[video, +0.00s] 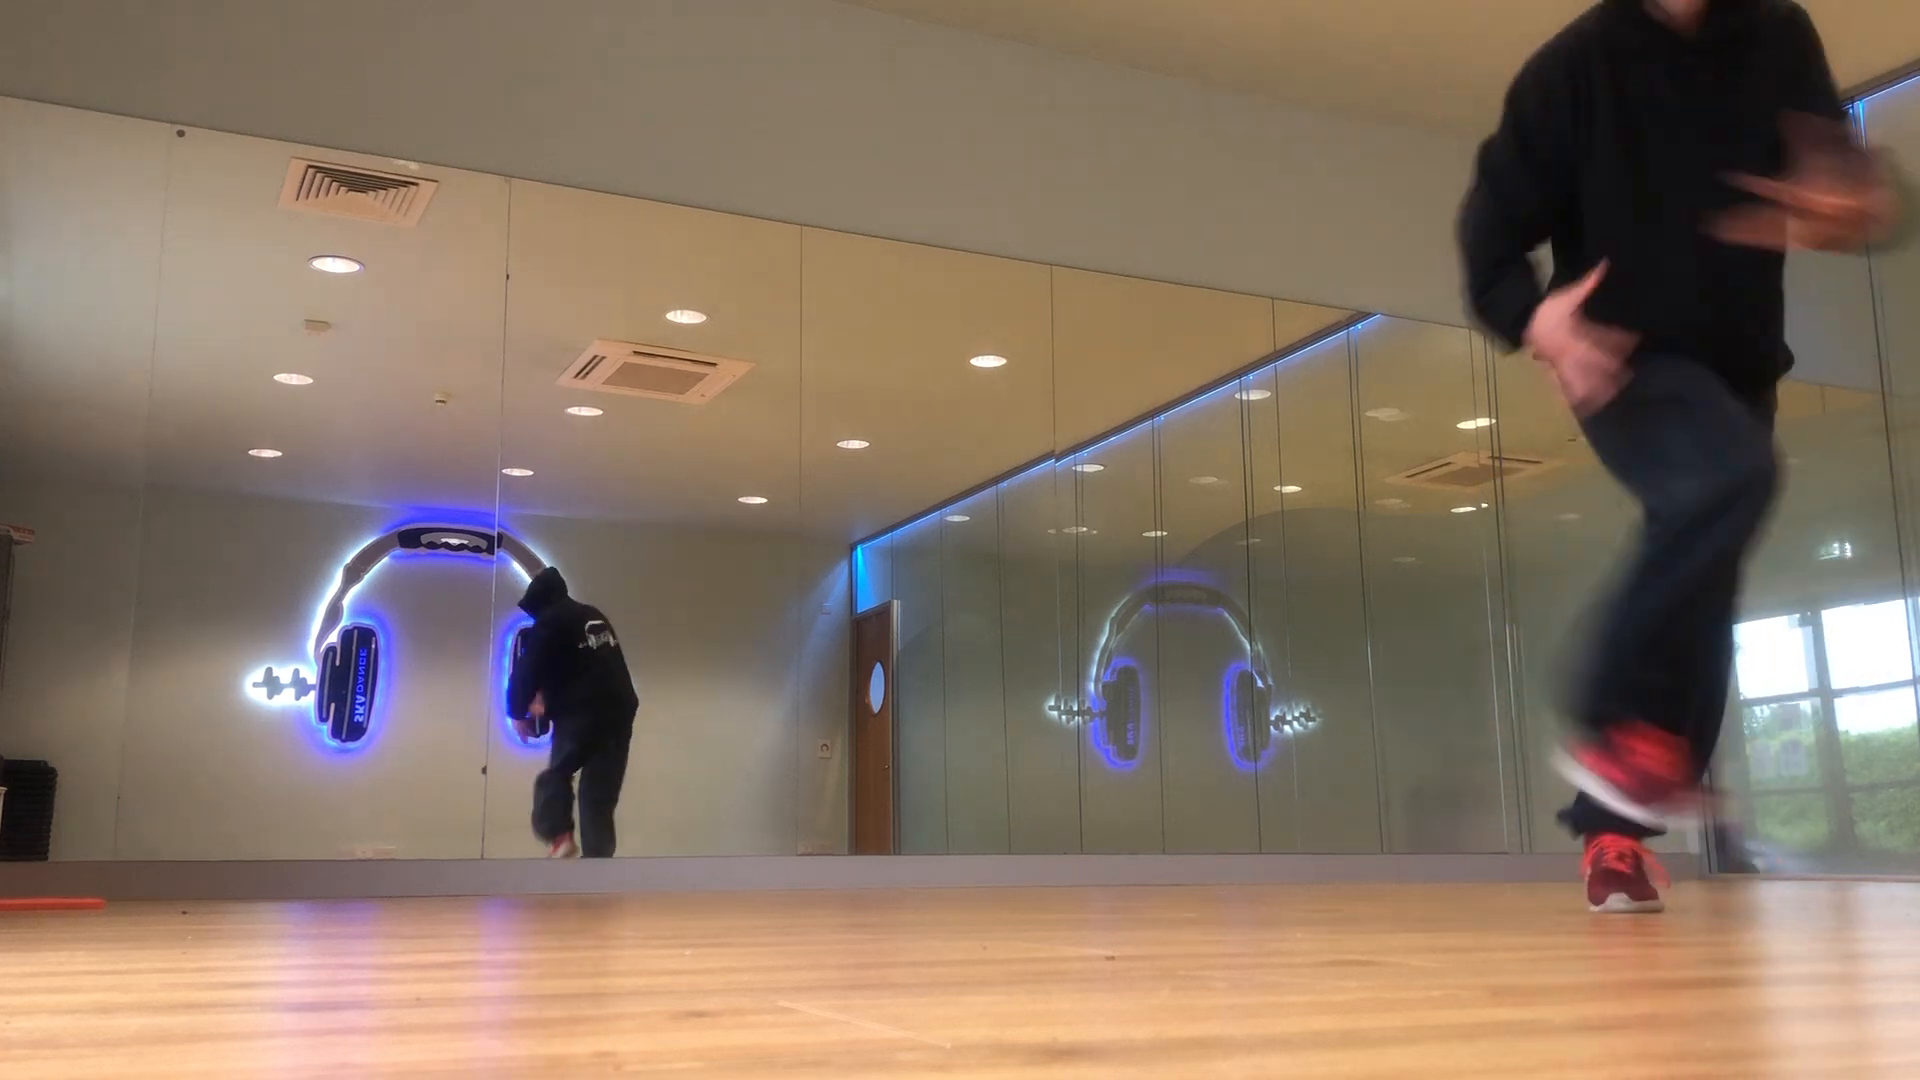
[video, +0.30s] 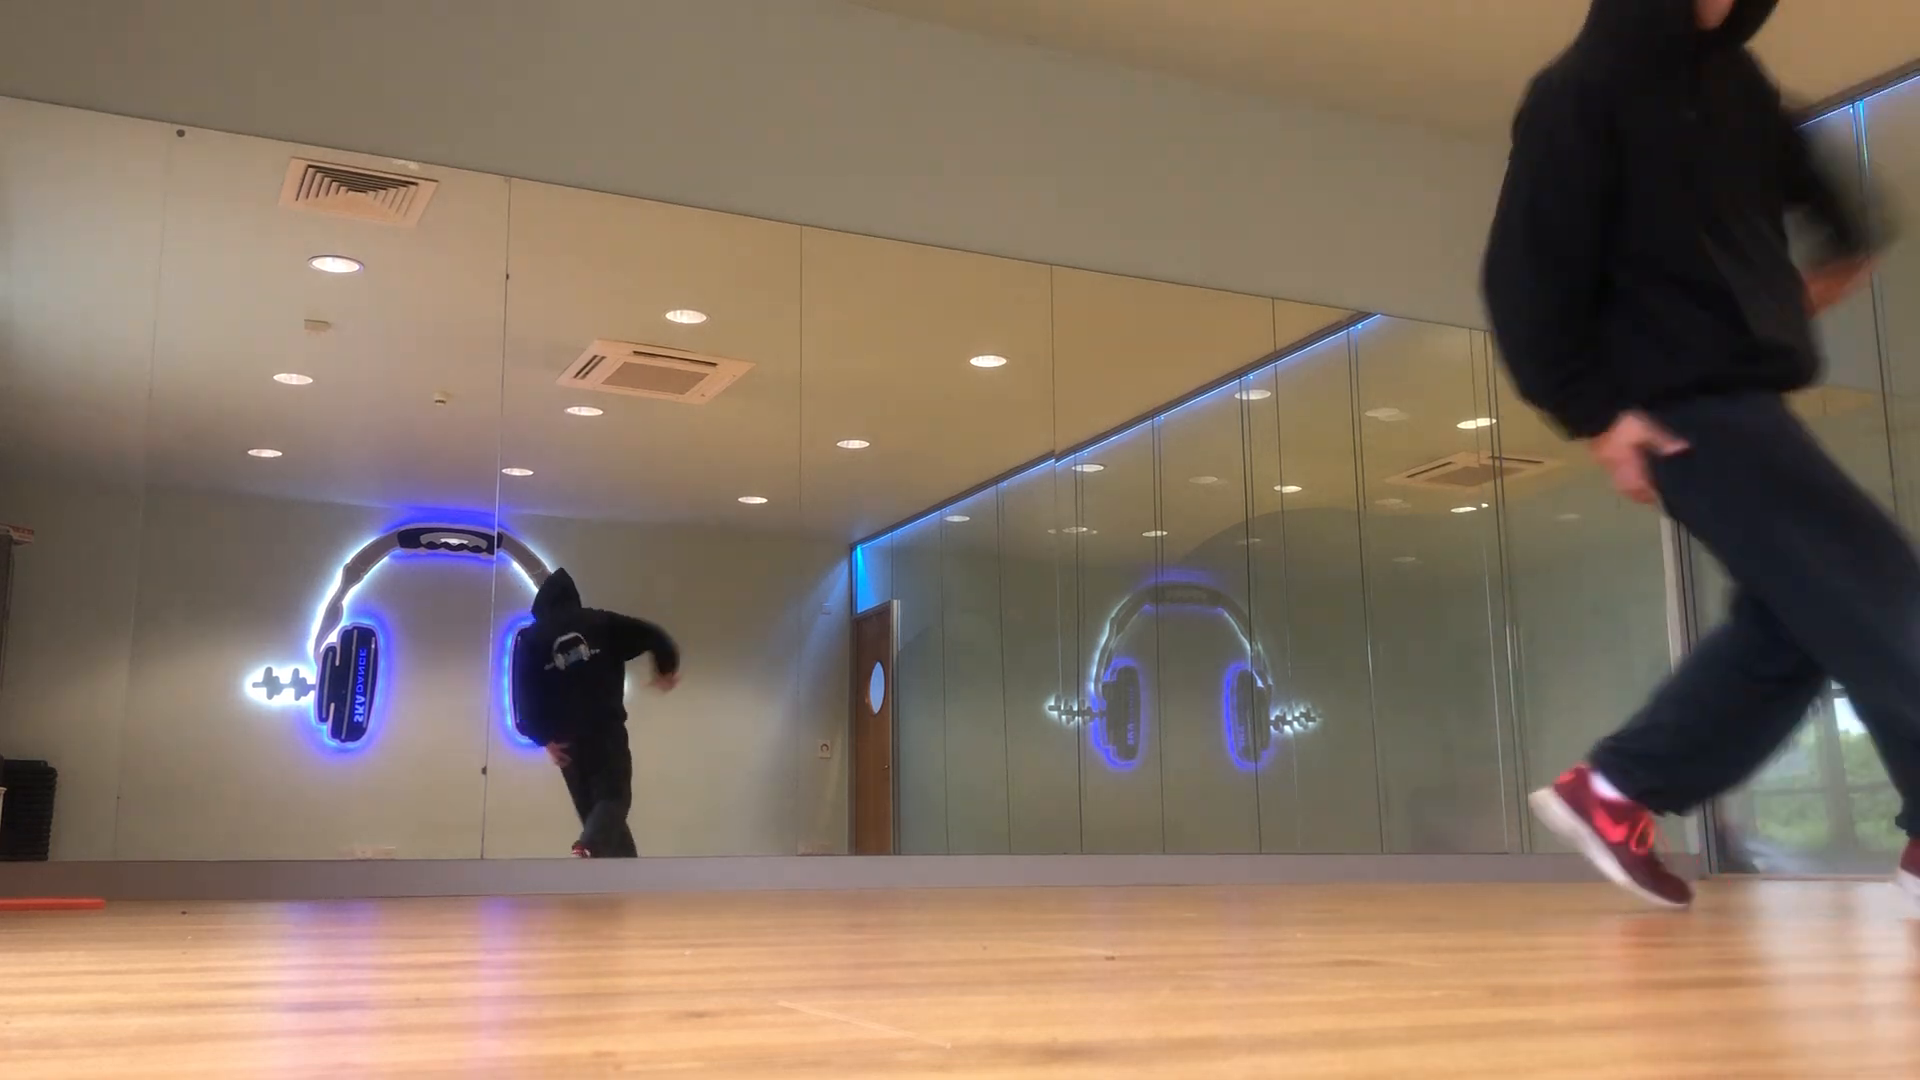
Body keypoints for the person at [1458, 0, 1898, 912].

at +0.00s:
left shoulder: (1775, 34)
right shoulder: (1578, 66)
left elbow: (1846, 182)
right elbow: (1489, 223)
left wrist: (1843, 211)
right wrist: (1529, 319)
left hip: (1739, 354)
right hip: (1618, 352)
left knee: (1700, 591)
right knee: (1727, 471)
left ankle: (1617, 825)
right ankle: (1618, 717)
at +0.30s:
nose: (1732, 5)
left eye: (1737, 0)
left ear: (1724, 5)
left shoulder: (1728, 72)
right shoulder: (1585, 88)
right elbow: (1519, 274)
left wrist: (1844, 244)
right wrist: (1595, 414)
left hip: (1744, 392)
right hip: (1676, 405)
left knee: (1800, 618)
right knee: (1873, 583)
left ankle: (1615, 789)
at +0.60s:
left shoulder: (1458, 30)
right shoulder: (1621, 14)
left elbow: (1357, 176)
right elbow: (1650, 158)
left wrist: (1404, 300)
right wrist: (1608, 261)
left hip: (1423, 326)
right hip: (1519, 318)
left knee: (1506, 578)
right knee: (1620, 535)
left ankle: (1518, 829)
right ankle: (1376, 616)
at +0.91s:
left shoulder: (1317, 31)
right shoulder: (1481, 13)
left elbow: (1354, 191)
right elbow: (1524, 206)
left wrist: (1531, 238)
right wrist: (1442, 309)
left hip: (1253, 320)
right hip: (1355, 314)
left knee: (1332, 582)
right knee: (1415, 584)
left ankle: (1325, 830)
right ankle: (1238, 810)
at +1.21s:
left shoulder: (1394, 74)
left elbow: (1320, 231)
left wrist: (1433, 335)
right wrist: (1309, 36)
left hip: (1271, 267)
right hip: (1162, 210)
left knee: (1330, 495)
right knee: (1178, 495)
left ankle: (1314, 793)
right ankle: (996, 771)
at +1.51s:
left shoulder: (1376, 62)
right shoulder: (1169, 9)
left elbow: (1329, 230)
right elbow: (1086, 91)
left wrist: (1253, 356)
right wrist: (1094, 257)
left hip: (1219, 293)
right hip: (1079, 250)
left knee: (1214, 483)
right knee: (1045, 532)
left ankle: (1115, 760)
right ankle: (989, 821)